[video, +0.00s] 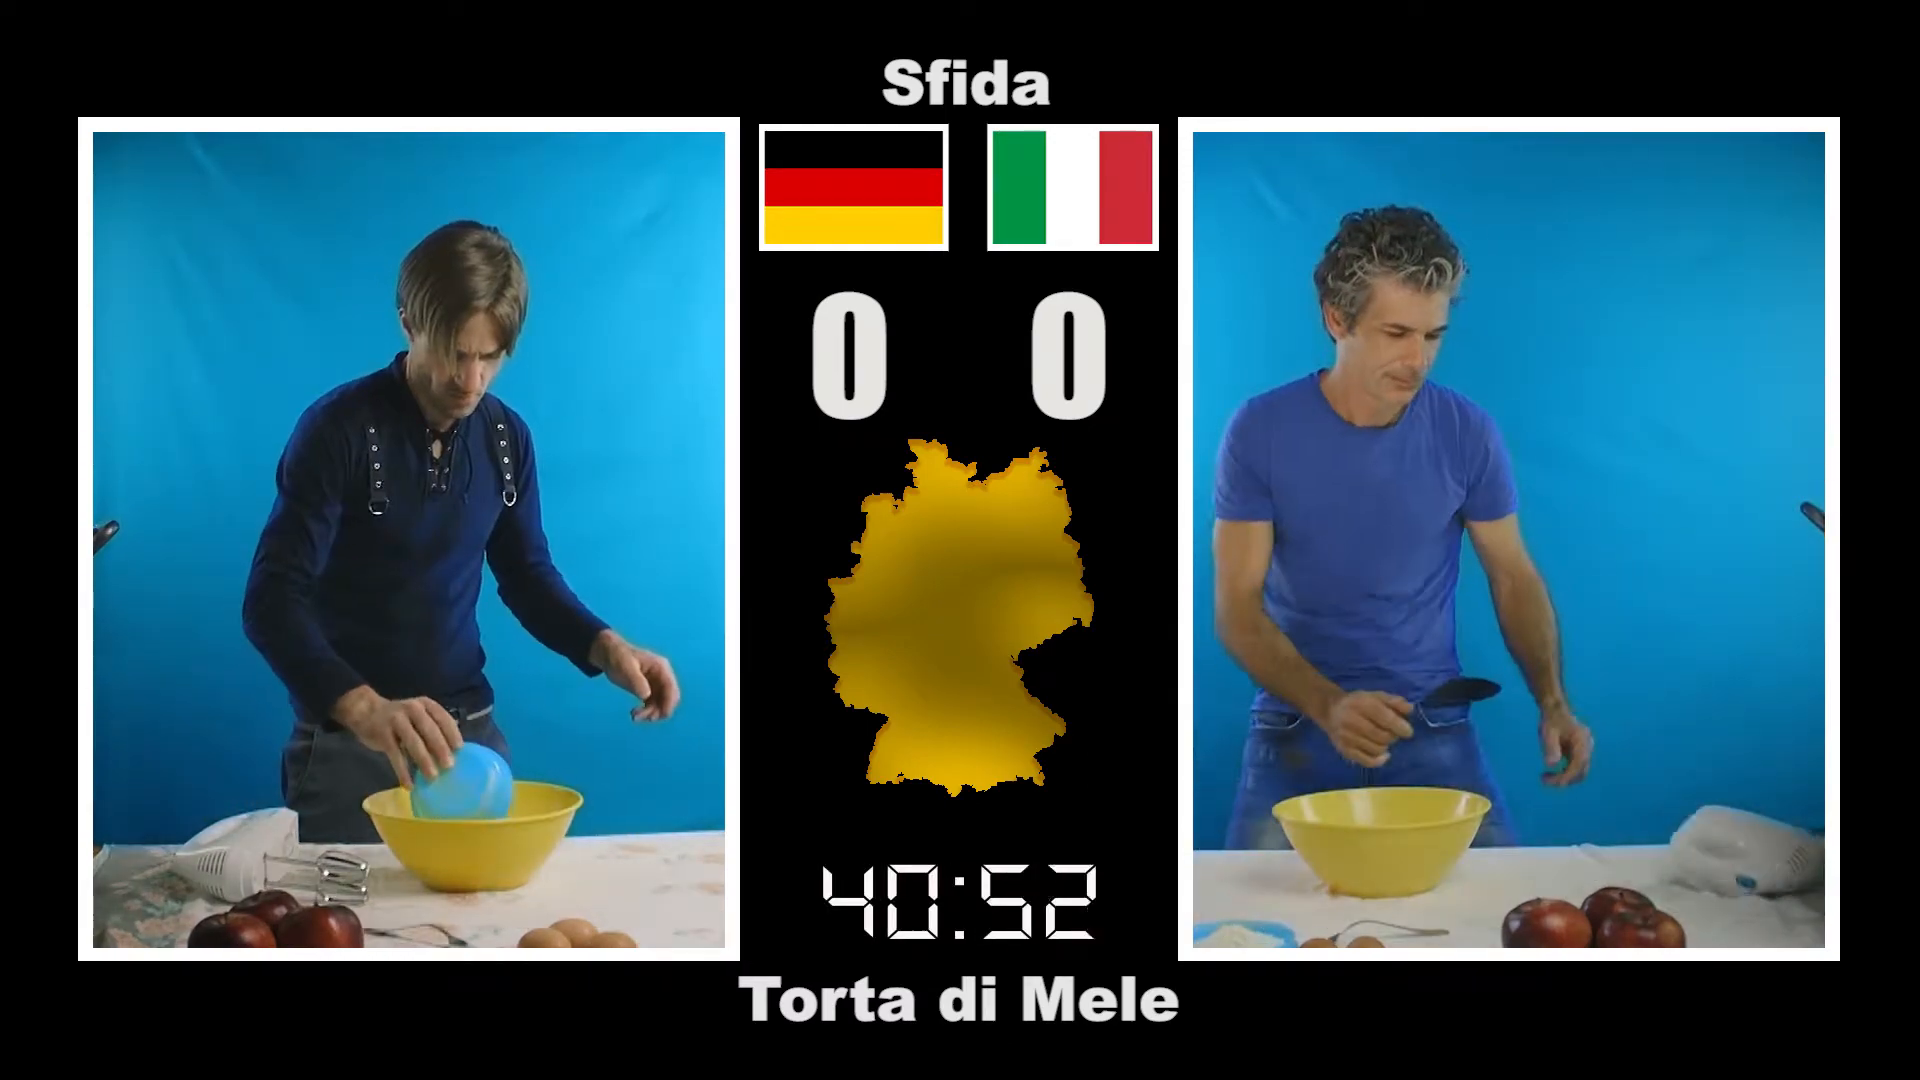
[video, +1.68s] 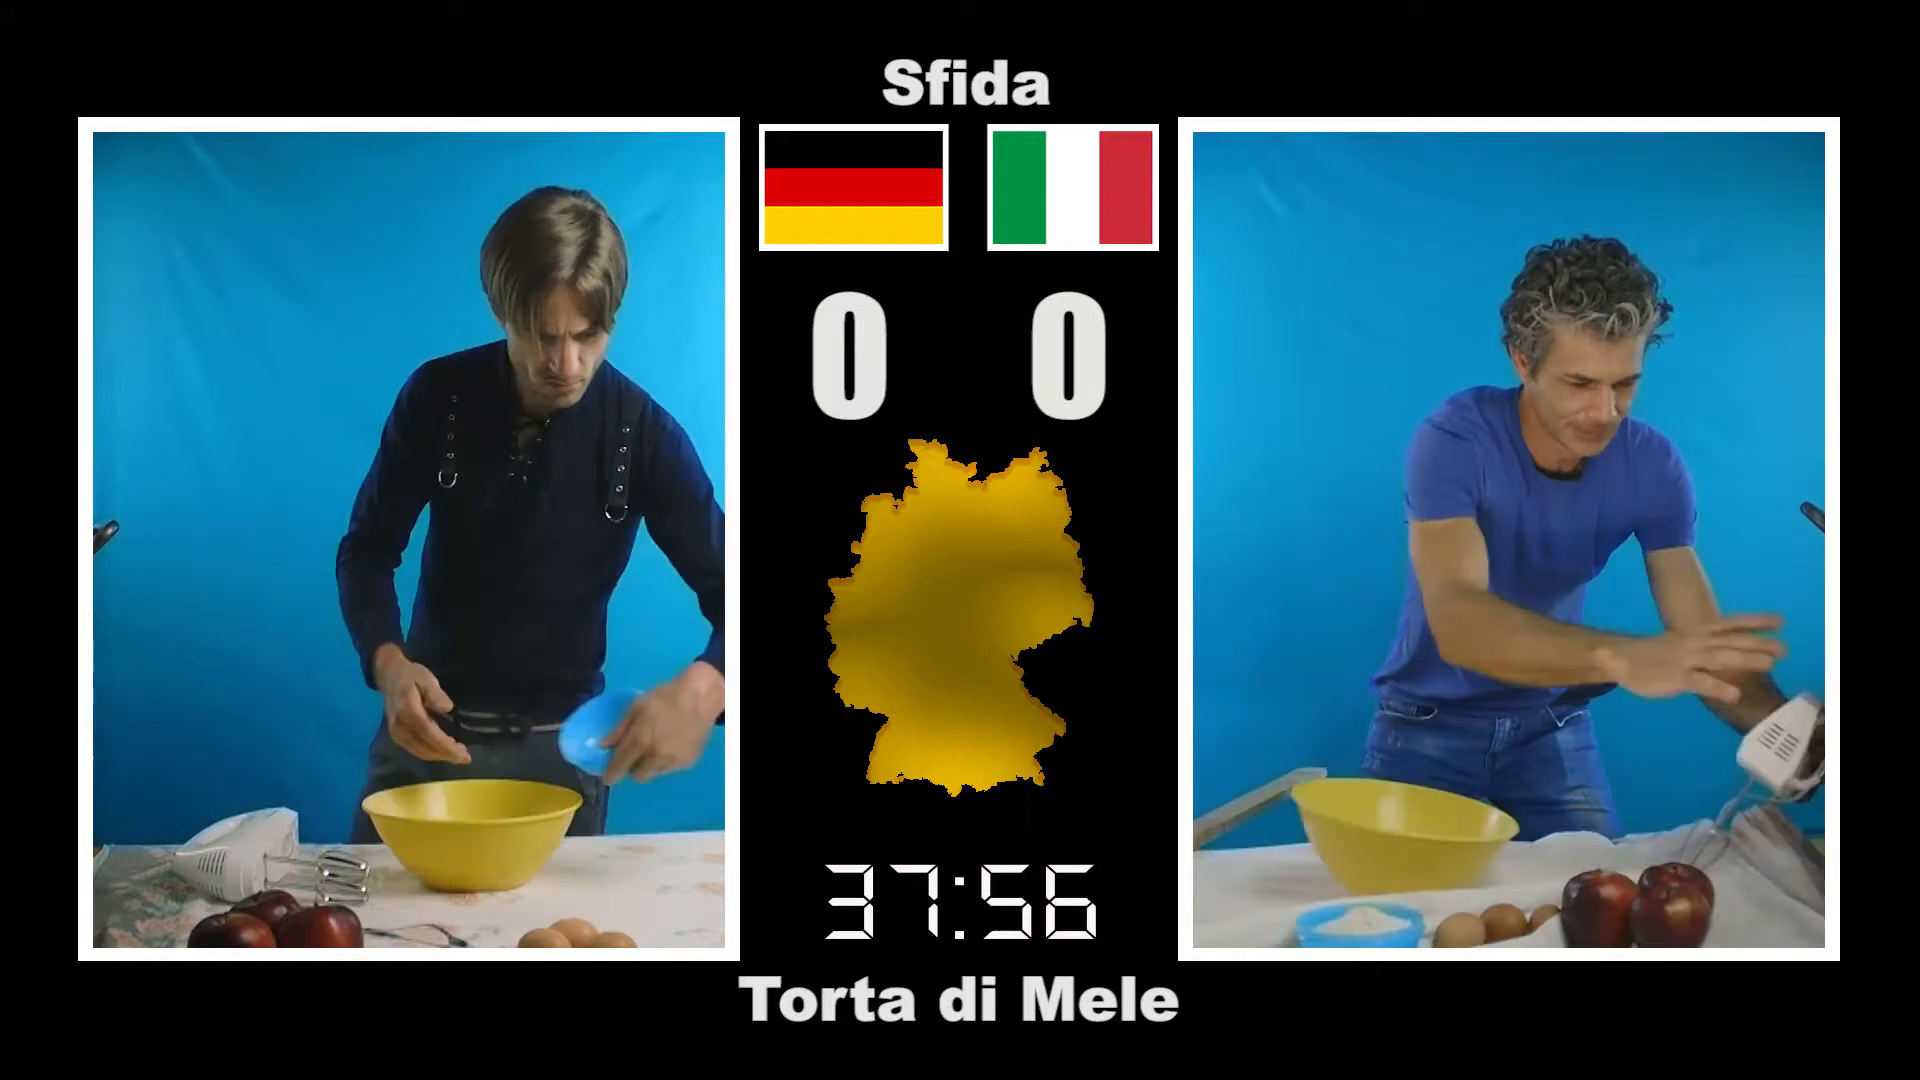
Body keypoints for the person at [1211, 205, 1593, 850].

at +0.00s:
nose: (1417, 359)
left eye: (1434, 335)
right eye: (1396, 334)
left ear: (1447, 326)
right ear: (1338, 322)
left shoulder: (1464, 433)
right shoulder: (1262, 433)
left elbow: (1513, 574)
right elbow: (1238, 610)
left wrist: (1553, 701)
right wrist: (1329, 703)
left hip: (1433, 739)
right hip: (1297, 741)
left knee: (1496, 925)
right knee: (1265, 937)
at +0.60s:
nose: (1420, 460)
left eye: (1432, 433)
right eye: (1396, 438)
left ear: (1442, 411)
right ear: (1328, 421)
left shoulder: (1463, 493)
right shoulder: (1260, 495)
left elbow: (1561, 631)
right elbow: (1266, 684)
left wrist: (1651, 749)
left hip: (1419, 762)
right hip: (1294, 759)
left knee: (1436, 932)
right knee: (1254, 926)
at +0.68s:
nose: (1440, 467)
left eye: (1455, 440)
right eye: (1417, 445)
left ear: (1465, 420)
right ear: (1351, 430)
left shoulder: (1479, 493)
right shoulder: (1293, 497)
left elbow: (1571, 643)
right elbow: (1345, 684)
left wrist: (1640, 769)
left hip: (1433, 760)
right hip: (1309, 757)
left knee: (1456, 932)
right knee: (1272, 930)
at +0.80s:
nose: (1509, 479)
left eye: (1522, 452)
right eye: (1486, 454)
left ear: (1533, 439)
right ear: (1418, 445)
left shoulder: (1529, 507)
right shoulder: (1361, 524)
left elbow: (1578, 656)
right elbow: (1458, 667)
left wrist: (1624, 778)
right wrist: (1614, 763)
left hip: (1450, 761)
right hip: (1333, 769)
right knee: (1313, 937)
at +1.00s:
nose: (1612, 496)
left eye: (1630, 469)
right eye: (1589, 469)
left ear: (1644, 450)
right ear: (1524, 446)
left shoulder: (1630, 533)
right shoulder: (1449, 508)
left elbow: (1658, 690)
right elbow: (1467, 693)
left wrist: (1723, 794)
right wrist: (1616, 803)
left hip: (1500, 743)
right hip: (1383, 750)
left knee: (1524, 919)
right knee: (1361, 925)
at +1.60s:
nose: (1609, 422)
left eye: (1630, 395)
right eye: (1583, 395)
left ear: (1648, 374)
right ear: (1528, 368)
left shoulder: (1656, 467)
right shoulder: (1457, 448)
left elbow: (1702, 636)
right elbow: (1434, 644)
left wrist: (1789, 735)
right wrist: (1568, 696)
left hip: (1556, 729)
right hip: (1433, 719)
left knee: (1607, 922)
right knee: (1384, 922)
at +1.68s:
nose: (1605, 412)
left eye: (1624, 385)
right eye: (1579, 385)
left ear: (1640, 365)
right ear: (1522, 362)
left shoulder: (1649, 466)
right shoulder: (1453, 443)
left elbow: (1703, 648)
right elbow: (1458, 625)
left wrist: (1795, 734)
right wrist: (1617, 657)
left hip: (1553, 735)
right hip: (1425, 734)